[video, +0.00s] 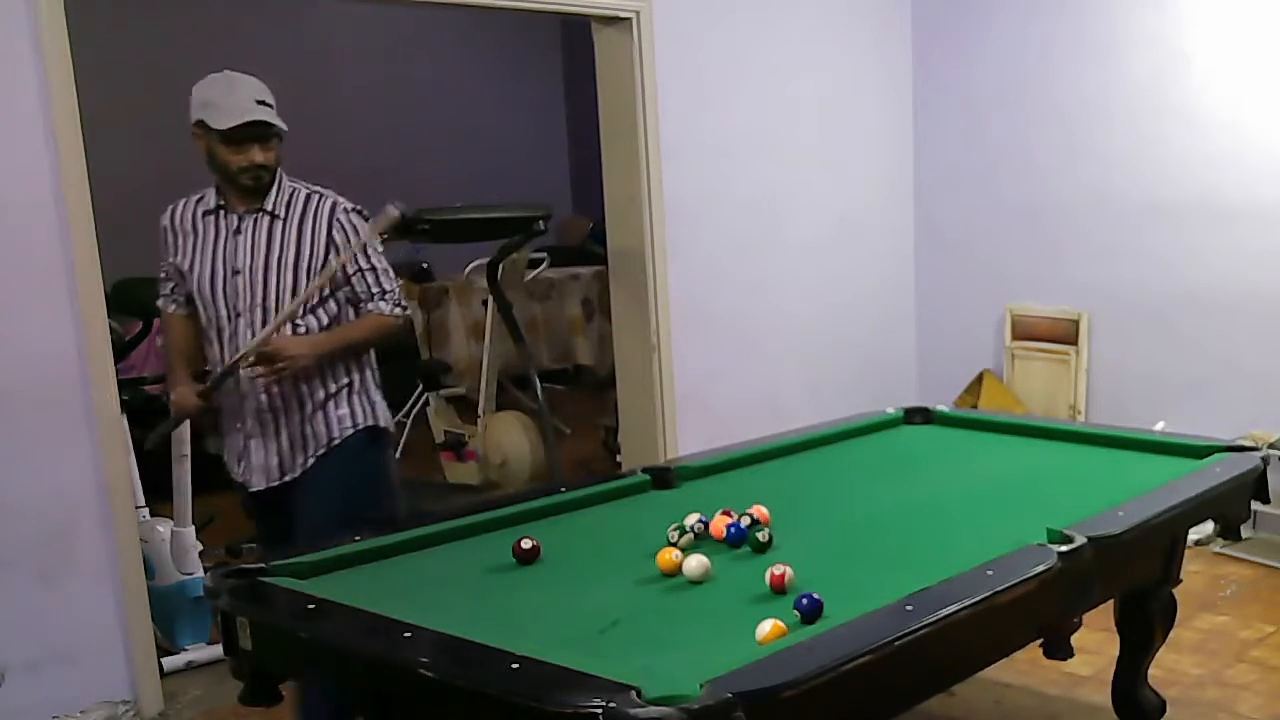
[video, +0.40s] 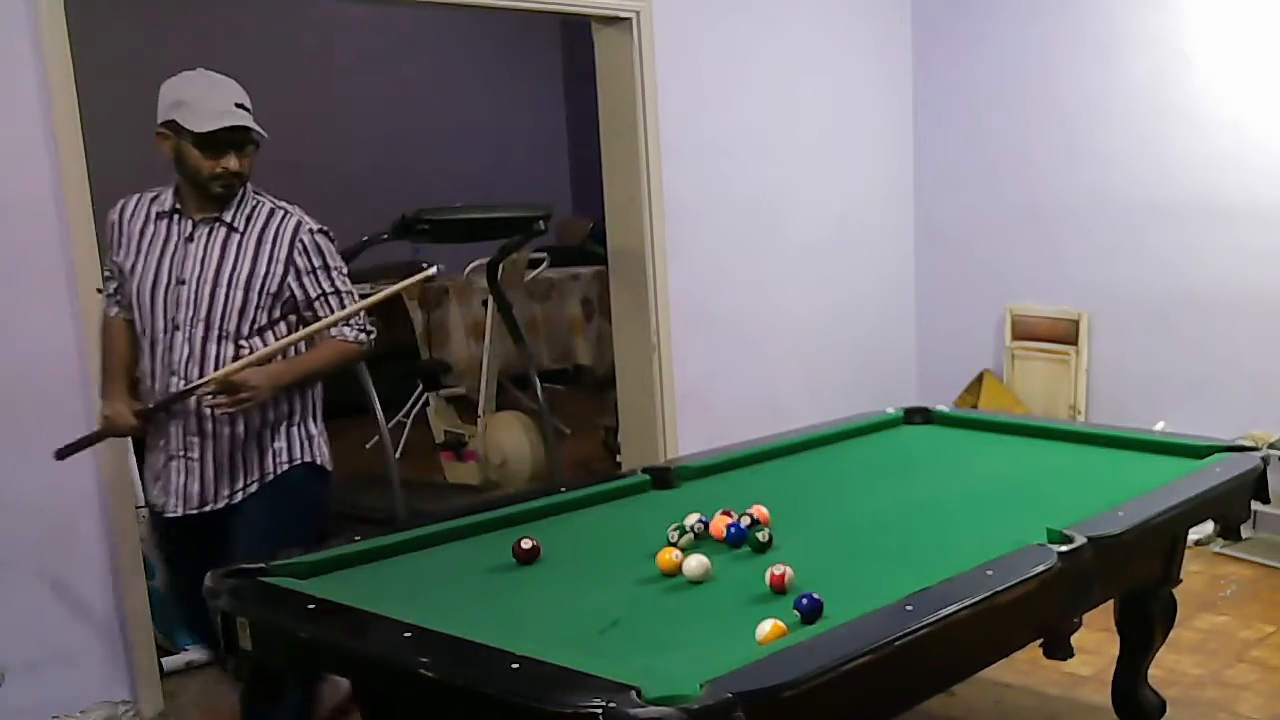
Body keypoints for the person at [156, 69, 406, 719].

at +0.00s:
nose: (256, 157)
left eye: (266, 139)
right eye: (238, 142)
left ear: (281, 138)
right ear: (202, 144)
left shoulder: (329, 212)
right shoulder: (183, 222)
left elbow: (393, 312)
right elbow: (178, 302)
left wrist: (316, 346)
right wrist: (182, 375)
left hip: (339, 437)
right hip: (255, 454)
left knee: (343, 599)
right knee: (291, 603)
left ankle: (349, 707)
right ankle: (325, 706)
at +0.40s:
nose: (231, 163)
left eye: (244, 146)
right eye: (211, 147)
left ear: (258, 143)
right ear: (169, 141)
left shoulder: (291, 232)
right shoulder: (130, 221)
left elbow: (356, 334)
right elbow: (120, 307)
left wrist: (276, 376)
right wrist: (117, 390)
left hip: (274, 470)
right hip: (177, 480)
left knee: (271, 642)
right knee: (210, 646)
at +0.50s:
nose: (225, 163)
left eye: (237, 146)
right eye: (206, 146)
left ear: (251, 142)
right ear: (160, 139)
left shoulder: (283, 234)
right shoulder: (120, 217)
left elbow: (345, 339)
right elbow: (106, 306)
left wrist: (266, 380)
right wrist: (100, 394)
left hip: (264, 470)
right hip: (164, 477)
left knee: (259, 627)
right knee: (168, 629)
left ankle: (280, 712)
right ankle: (254, 709)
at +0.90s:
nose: (179, 168)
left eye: (186, 150)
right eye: (159, 150)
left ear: (198, 147)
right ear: (101, 144)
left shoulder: (231, 239)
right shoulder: (45, 231)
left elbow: (300, 347)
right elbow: (27, 323)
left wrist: (221, 395)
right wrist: (28, 421)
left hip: (220, 514)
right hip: (97, 522)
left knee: (248, 695)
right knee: (92, 698)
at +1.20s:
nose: (89, 167)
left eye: (93, 148)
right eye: (67, 149)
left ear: (102, 145)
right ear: (7, 144)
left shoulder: (141, 243)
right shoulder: (1, 244)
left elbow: (217, 349)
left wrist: (156, 406)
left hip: (149, 541)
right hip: (23, 563)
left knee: (211, 701)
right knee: (34, 709)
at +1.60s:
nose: (15, 156)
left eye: (17, 138)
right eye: (4, 139)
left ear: (22, 142)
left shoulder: (61, 234)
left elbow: (133, 344)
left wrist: (98, 408)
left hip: (87, 525)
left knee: (117, 698)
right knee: (16, 705)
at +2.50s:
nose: (115, 171)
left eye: (116, 149)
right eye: (96, 149)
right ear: (19, 142)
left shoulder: (132, 262)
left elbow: (172, 388)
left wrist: (164, 446)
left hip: (118, 616)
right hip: (9, 625)